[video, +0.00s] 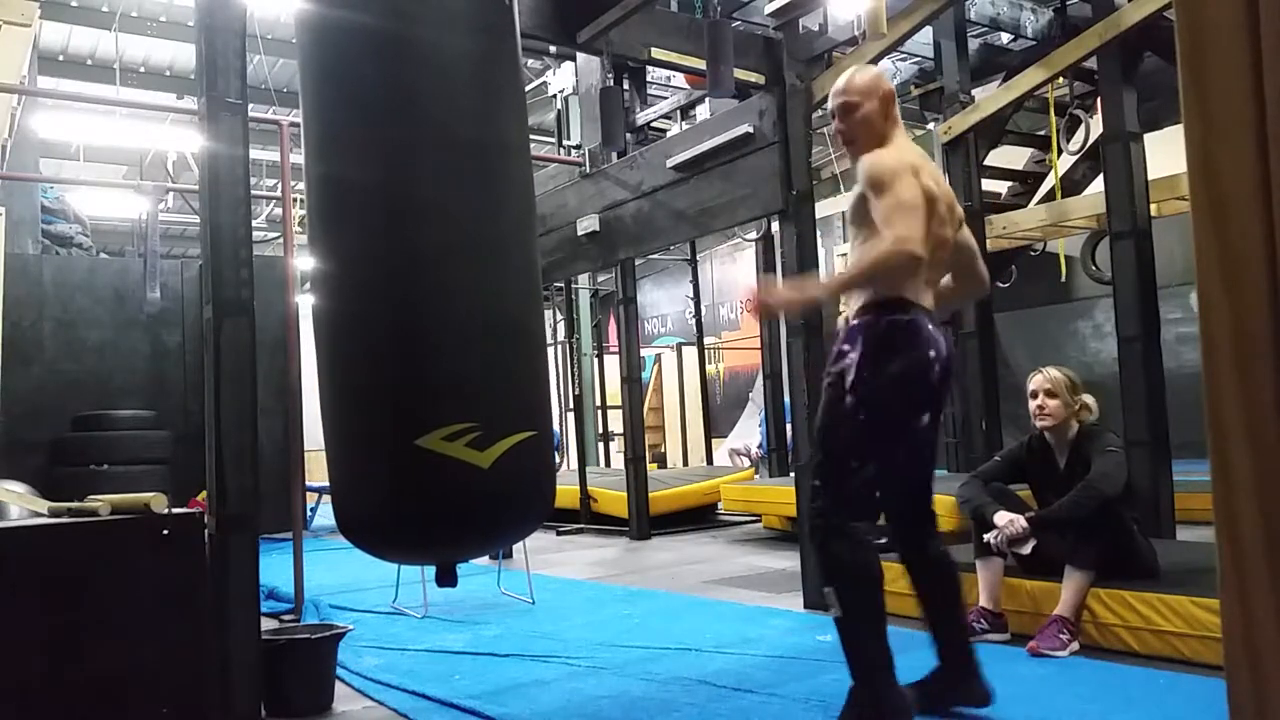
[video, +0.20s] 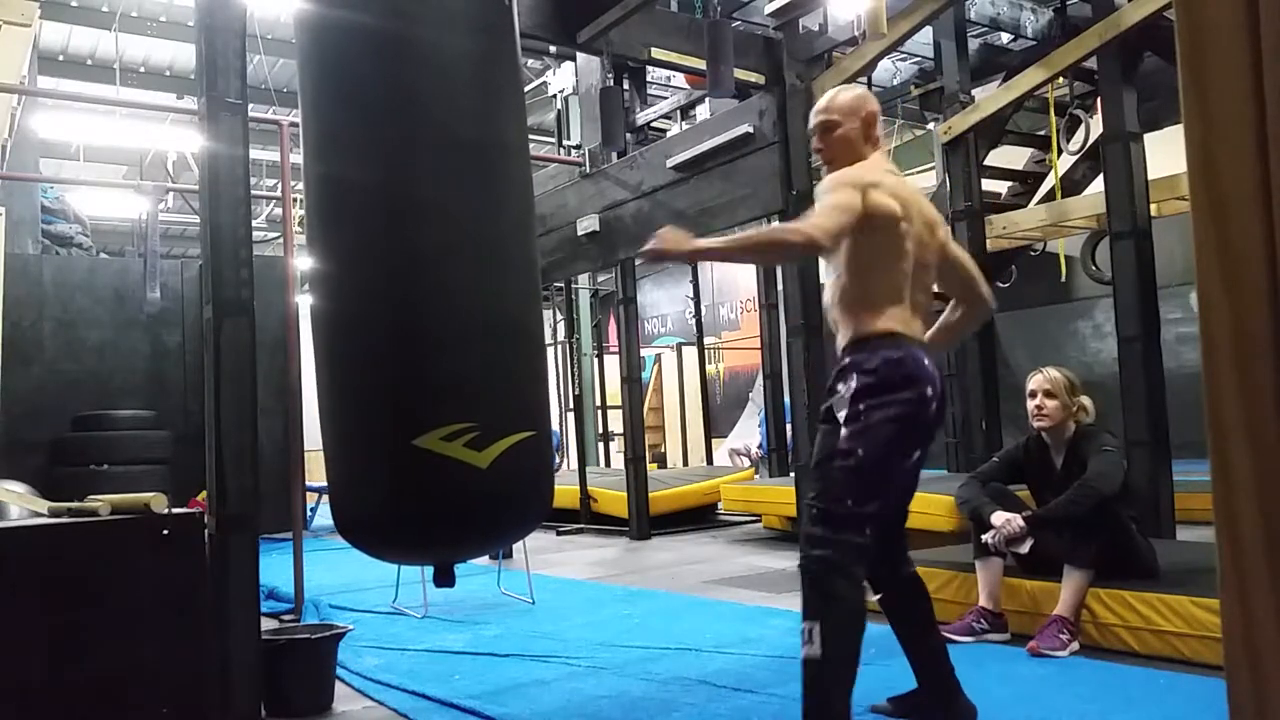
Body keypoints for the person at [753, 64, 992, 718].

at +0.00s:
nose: (836, 125)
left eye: (846, 111)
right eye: (833, 114)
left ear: (882, 107)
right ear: (887, 113)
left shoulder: (886, 163)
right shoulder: (928, 172)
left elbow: (904, 246)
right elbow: (975, 275)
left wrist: (806, 290)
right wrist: (904, 303)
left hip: (881, 341)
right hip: (925, 343)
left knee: (838, 515)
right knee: (911, 517)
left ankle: (874, 691)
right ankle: (960, 670)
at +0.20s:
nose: (817, 143)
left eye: (827, 129)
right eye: (814, 132)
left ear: (871, 125)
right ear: (872, 134)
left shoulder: (849, 182)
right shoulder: (914, 199)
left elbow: (808, 237)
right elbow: (977, 299)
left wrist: (694, 248)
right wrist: (918, 348)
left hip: (873, 378)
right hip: (914, 379)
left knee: (828, 549)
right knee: (883, 552)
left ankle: (825, 711)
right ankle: (942, 695)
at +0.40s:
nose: (808, 122)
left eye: (821, 107)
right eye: (803, 112)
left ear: (863, 106)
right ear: (803, 119)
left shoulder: (875, 175)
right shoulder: (836, 191)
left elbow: (959, 220)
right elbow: (809, 299)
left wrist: (951, 291)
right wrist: (737, 278)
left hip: (854, 389)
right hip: (828, 389)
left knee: (770, 547)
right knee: (851, 539)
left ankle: (790, 711)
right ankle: (935, 673)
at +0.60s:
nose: (848, 78)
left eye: (865, 63)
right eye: (844, 65)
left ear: (912, 74)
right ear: (839, 74)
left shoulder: (951, 179)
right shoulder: (811, 137)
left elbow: (1067, 214)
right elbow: (721, 181)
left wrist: (1107, 167)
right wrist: (679, 146)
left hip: (821, 365)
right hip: (739, 320)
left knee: (823, 545)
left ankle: (804, 713)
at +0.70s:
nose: (891, 97)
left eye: (908, 84)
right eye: (883, 82)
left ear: (939, 93)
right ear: (870, 84)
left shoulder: (942, 194)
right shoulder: (824, 140)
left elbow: (1019, 222)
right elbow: (714, 199)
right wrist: (613, 233)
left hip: (796, 356)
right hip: (736, 276)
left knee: (811, 539)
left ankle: (789, 713)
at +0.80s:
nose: (883, 94)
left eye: (900, 82)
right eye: (882, 79)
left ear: (933, 103)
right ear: (871, 85)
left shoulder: (944, 222)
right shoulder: (820, 137)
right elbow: (729, 201)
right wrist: (644, 218)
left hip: (764, 354)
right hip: (701, 263)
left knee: (767, 541)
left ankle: (762, 714)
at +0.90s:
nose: (859, 89)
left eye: (878, 77)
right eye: (855, 72)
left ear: (924, 82)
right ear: (843, 73)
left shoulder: (928, 199)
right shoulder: (801, 131)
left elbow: (860, 247)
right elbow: (721, 182)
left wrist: (839, 121)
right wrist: (644, 165)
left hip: (763, 364)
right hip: (688, 286)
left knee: (754, 572)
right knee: (549, 284)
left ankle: (748, 714)